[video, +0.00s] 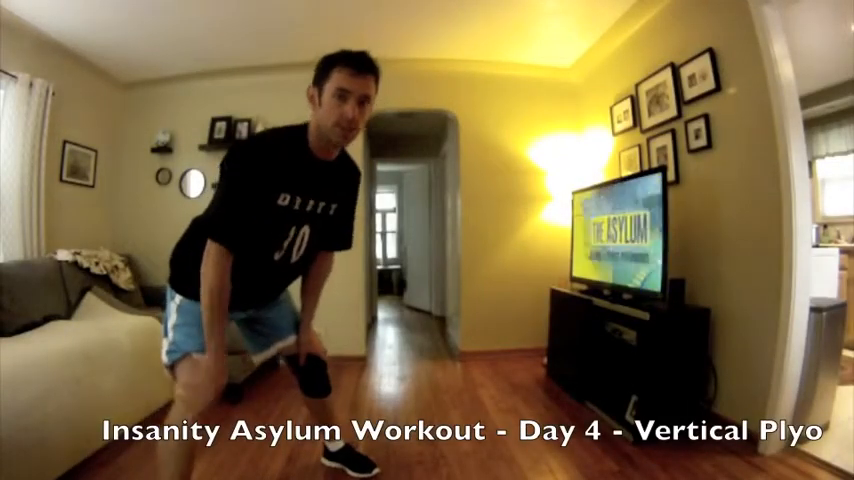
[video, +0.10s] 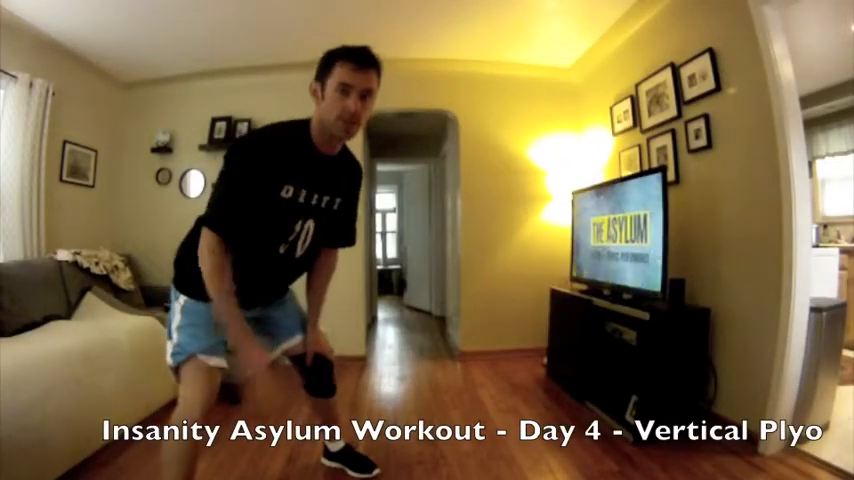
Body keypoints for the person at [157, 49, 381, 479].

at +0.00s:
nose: (351, 113)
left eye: (362, 103)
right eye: (341, 97)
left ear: (371, 110)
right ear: (313, 97)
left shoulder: (345, 176)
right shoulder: (257, 154)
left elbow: (323, 254)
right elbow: (217, 251)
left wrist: (306, 325)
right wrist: (215, 352)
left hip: (262, 287)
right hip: (201, 285)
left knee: (313, 366)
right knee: (200, 386)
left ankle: (334, 446)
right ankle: (171, 474)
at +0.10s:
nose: (354, 107)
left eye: (365, 97)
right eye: (345, 91)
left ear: (373, 104)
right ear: (317, 91)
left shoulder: (347, 172)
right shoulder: (258, 148)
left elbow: (327, 251)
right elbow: (210, 244)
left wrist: (313, 325)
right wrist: (242, 338)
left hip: (268, 288)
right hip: (207, 287)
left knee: (319, 368)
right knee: (198, 400)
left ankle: (336, 446)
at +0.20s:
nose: (357, 104)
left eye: (367, 95)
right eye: (347, 88)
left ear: (375, 103)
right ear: (319, 89)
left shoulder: (350, 171)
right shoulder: (261, 145)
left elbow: (330, 256)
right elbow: (215, 240)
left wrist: (318, 325)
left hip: (278, 291)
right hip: (213, 287)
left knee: (323, 369)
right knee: (201, 398)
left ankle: (335, 446)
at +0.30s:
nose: (360, 104)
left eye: (371, 95)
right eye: (350, 88)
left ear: (378, 103)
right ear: (322, 89)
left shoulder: (353, 172)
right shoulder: (266, 144)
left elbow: (333, 251)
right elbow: (226, 240)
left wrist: (321, 325)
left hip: (275, 286)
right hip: (214, 284)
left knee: (325, 367)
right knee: (202, 396)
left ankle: (335, 447)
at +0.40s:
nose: (364, 104)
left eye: (374, 95)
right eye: (354, 89)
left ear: (381, 103)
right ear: (326, 89)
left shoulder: (353, 169)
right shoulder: (270, 143)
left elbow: (334, 251)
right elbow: (234, 239)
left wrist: (322, 324)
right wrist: (323, 203)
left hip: (276, 285)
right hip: (216, 283)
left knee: (324, 367)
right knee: (201, 395)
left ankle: (335, 446)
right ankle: (173, 476)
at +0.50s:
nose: (369, 104)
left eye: (379, 95)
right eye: (360, 88)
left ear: (384, 102)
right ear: (331, 88)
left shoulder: (355, 170)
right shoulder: (273, 141)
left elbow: (334, 249)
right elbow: (237, 236)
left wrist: (321, 322)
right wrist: (324, 214)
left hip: (276, 285)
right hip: (216, 284)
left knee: (323, 365)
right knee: (201, 394)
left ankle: (335, 447)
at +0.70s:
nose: (391, 103)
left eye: (395, 92)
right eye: (385, 88)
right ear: (348, 80)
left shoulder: (355, 166)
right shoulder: (281, 132)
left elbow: (331, 246)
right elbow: (244, 221)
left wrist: (325, 317)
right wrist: (325, 254)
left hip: (281, 285)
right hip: (221, 281)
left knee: (324, 364)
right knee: (202, 392)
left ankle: (335, 447)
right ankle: (174, 474)